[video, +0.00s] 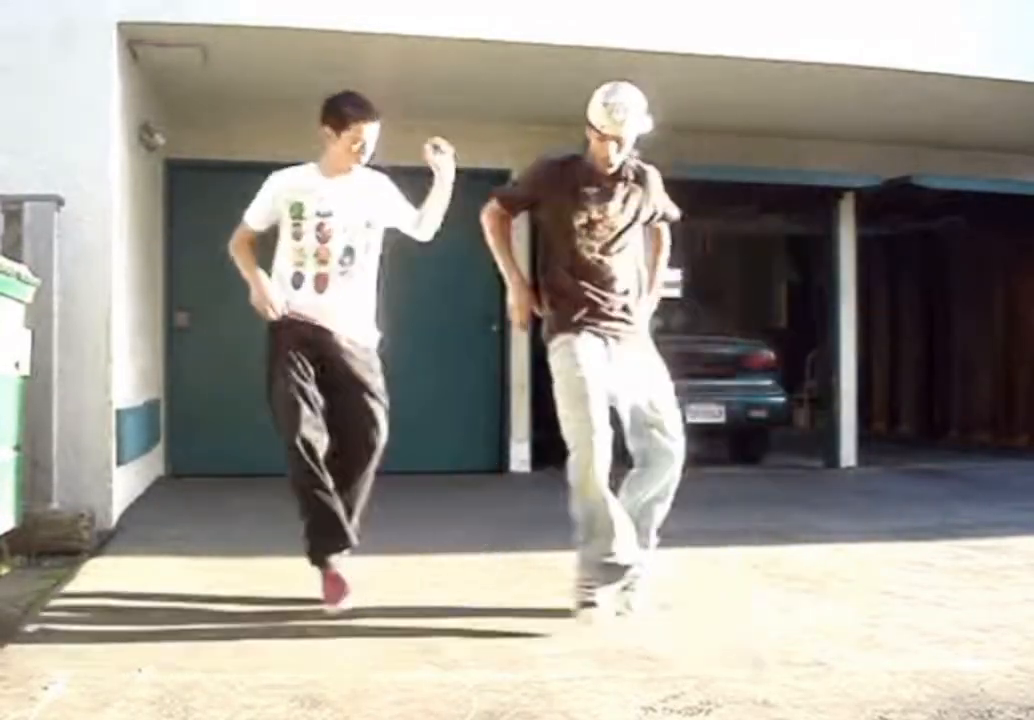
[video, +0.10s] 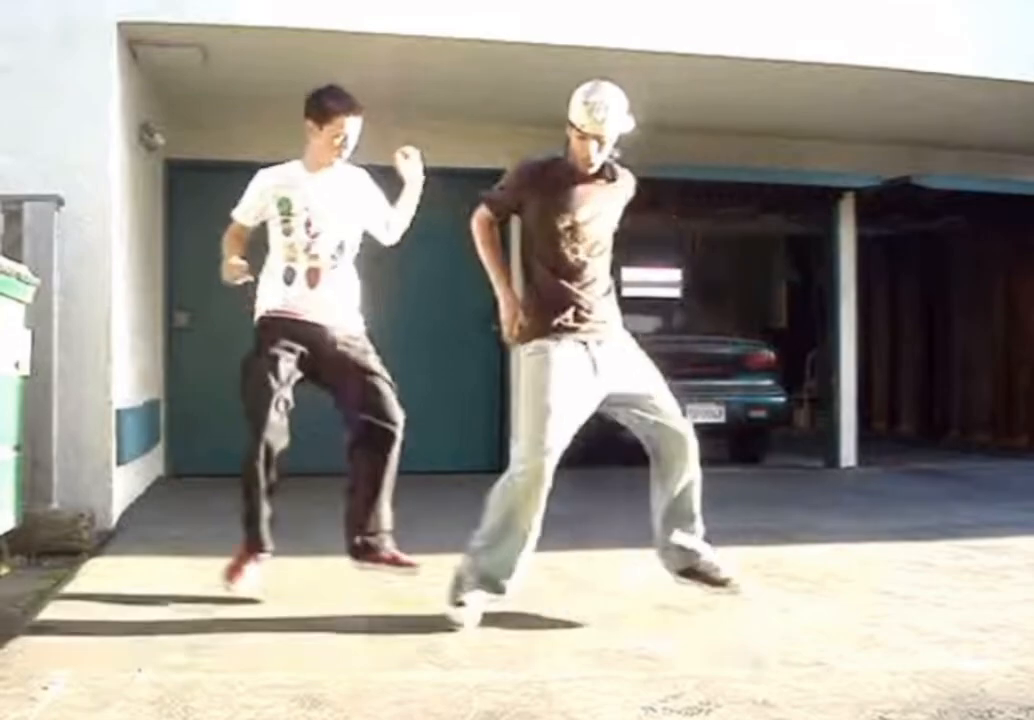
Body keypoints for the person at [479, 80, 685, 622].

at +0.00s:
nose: (612, 152)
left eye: (623, 142)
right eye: (604, 138)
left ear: (638, 138)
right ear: (588, 128)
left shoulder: (646, 181)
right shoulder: (554, 175)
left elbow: (660, 229)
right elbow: (494, 213)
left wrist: (652, 290)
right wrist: (516, 284)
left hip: (631, 330)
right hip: (574, 330)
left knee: (664, 447)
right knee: (593, 448)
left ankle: (619, 555)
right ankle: (600, 570)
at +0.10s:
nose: (591, 150)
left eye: (602, 140)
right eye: (583, 138)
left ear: (618, 138)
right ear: (569, 128)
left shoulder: (622, 184)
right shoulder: (537, 178)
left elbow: (588, 243)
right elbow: (482, 219)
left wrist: (595, 302)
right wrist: (506, 297)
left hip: (610, 338)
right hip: (550, 341)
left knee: (675, 437)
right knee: (534, 463)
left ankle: (683, 548)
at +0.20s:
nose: (577, 173)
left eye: (589, 162)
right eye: (569, 159)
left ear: (603, 160)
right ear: (553, 153)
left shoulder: (603, 213)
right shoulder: (521, 209)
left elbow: (568, 273)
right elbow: (467, 257)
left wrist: (565, 327)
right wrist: (494, 331)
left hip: (589, 371)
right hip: (529, 378)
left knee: (666, 459)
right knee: (492, 490)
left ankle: (742, 551)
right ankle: (410, 577)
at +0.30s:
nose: (581, 164)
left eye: (590, 155)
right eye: (572, 154)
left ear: (604, 152)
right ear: (556, 148)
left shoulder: (606, 199)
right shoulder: (527, 200)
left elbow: (576, 258)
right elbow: (462, 237)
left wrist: (583, 311)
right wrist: (496, 309)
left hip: (606, 358)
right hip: (544, 369)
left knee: (676, 449)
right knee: (501, 482)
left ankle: (699, 560)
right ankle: (429, 585)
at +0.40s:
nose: (587, 157)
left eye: (597, 146)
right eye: (578, 146)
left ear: (609, 144)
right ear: (560, 140)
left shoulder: (613, 188)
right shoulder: (529, 189)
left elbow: (587, 244)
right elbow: (465, 222)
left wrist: (602, 299)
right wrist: (504, 291)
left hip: (618, 348)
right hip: (552, 356)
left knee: (678, 451)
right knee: (515, 470)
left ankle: (678, 563)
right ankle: (439, 582)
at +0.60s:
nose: (660, 167)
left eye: (668, 157)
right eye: (651, 156)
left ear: (681, 155)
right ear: (635, 150)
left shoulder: (690, 204)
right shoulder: (609, 200)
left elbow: (726, 257)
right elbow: (608, 271)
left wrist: (689, 256)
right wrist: (674, 295)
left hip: (672, 354)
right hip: (619, 350)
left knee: (651, 468)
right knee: (643, 468)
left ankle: (594, 567)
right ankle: (694, 584)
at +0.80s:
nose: (706, 150)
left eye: (716, 140)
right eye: (698, 139)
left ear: (730, 135)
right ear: (682, 129)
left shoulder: (739, 176)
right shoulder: (650, 172)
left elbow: (786, 214)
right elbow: (589, 209)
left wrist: (810, 222)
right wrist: (649, 228)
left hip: (726, 340)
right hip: (666, 340)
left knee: (762, 445)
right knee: (655, 460)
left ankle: (721, 537)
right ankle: (665, 584)